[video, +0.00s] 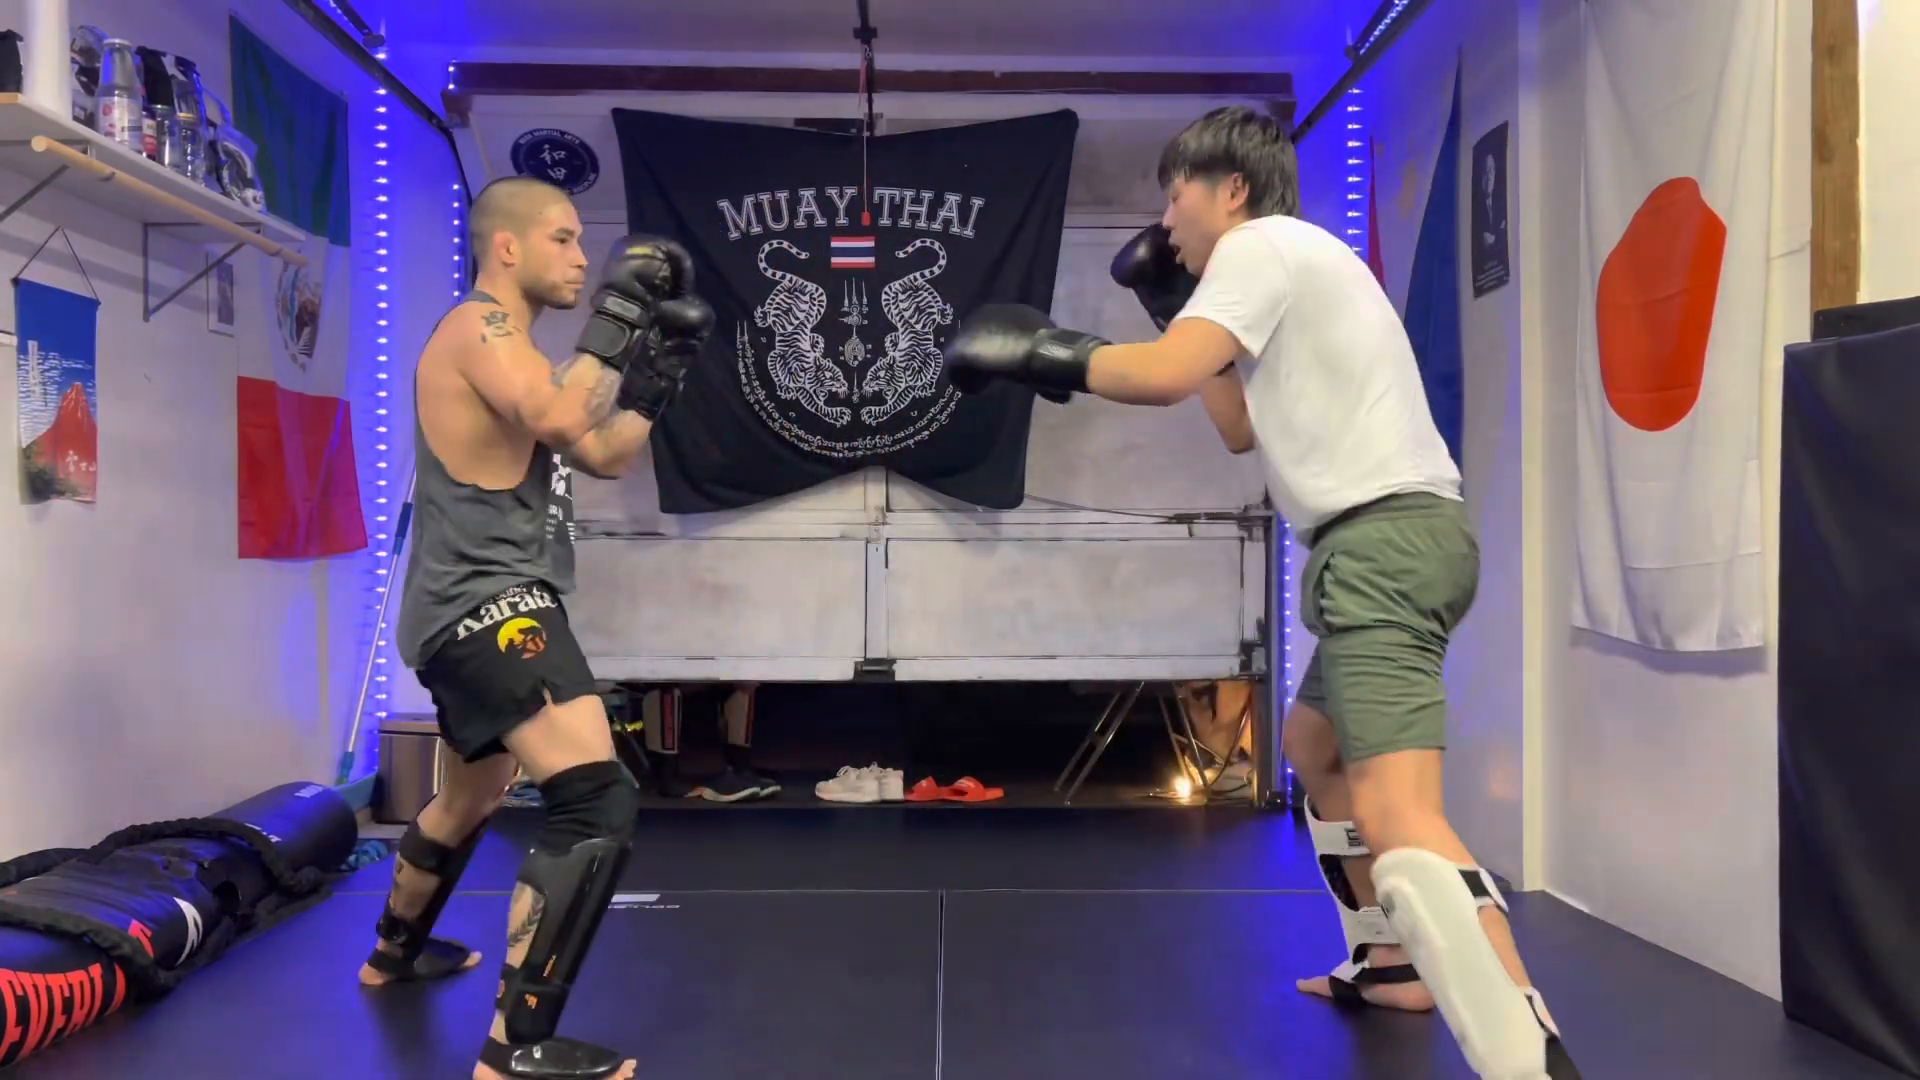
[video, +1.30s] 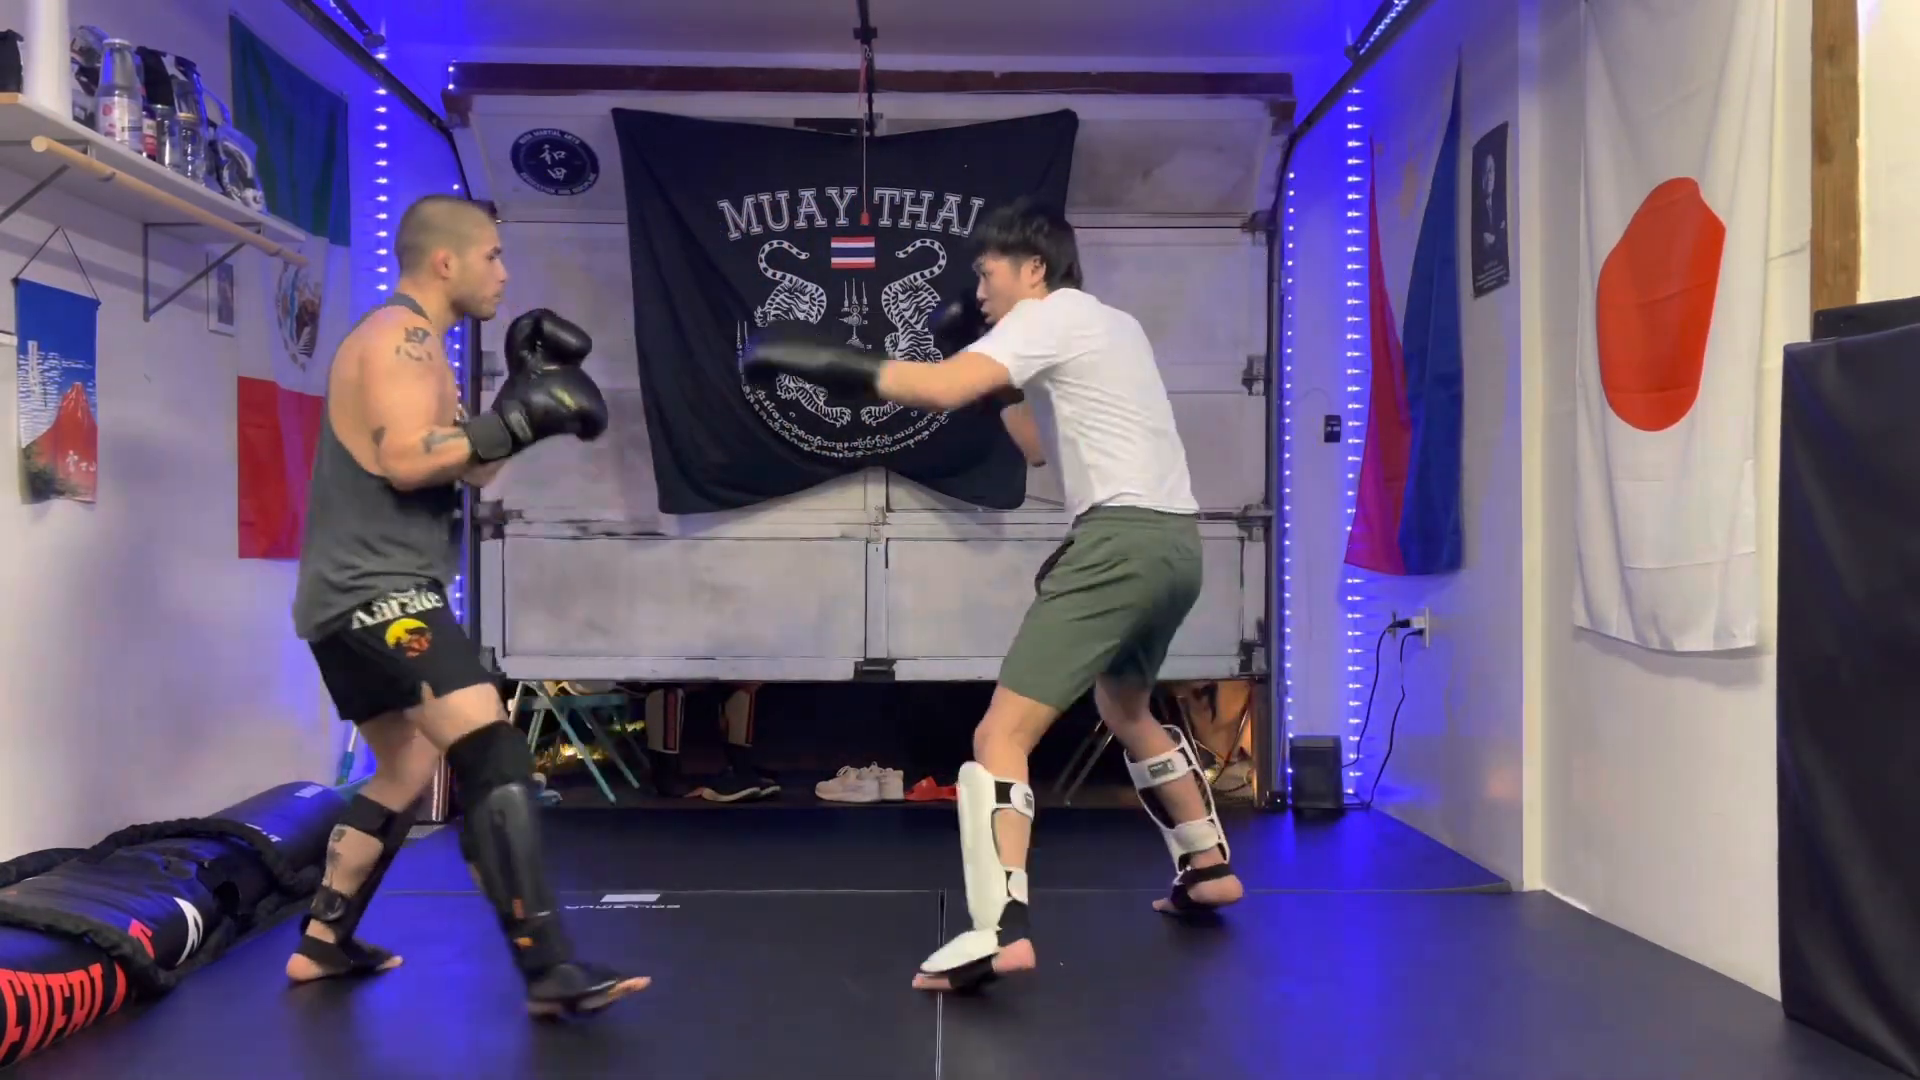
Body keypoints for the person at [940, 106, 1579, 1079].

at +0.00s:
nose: (1168, 222)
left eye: (1175, 200)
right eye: (1166, 204)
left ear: (1232, 189)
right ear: (1256, 197)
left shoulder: (1264, 248)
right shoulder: (1302, 263)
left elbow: (1168, 370)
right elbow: (1239, 424)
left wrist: (1047, 351)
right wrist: (1187, 304)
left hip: (1379, 535)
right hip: (1414, 531)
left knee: (1403, 820)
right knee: (1316, 742)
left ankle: (1523, 1027)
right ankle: (1391, 955)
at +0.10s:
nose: (1155, 181)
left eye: (1167, 157)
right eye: (1156, 162)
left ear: (1223, 155)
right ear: (1231, 164)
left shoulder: (1259, 208)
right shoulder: (1274, 227)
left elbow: (1262, 347)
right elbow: (1218, 378)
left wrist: (1135, 354)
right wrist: (1169, 281)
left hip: (1348, 491)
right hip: (1361, 495)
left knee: (1335, 757)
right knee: (1312, 743)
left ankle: (1482, 1004)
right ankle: (1384, 945)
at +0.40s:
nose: (1132, 225)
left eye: (1144, 203)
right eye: (1131, 207)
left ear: (1197, 203)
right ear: (1191, 209)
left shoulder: (1251, 262)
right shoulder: (1208, 296)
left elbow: (1292, 393)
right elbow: (1169, 423)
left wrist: (1169, 390)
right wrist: (1121, 323)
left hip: (1270, 544)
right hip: (1242, 543)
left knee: (1201, 769)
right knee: (1244, 756)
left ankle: (1376, 933)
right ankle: (1308, 910)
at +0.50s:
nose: (1106, 229)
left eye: (1116, 209)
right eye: (1104, 213)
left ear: (1169, 201)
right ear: (1163, 207)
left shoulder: (1216, 255)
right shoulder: (1197, 281)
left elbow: (1239, 388)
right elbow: (1159, 404)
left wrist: (1128, 371)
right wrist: (1099, 314)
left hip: (1255, 517)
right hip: (1248, 519)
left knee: (1143, 733)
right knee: (1214, 723)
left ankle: (1295, 899)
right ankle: (1298, 890)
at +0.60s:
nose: (1076, 238)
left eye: (1085, 218)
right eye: (1073, 222)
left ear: (1139, 210)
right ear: (1143, 219)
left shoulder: (1174, 257)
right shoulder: (1174, 275)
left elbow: (1119, 369)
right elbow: (1133, 401)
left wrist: (1011, 335)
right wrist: (1040, 333)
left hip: (1250, 503)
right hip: (1263, 505)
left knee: (1133, 720)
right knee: (1186, 707)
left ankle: (1186, 940)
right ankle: (1263, 867)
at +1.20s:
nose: (1007, 287)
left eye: (1014, 269)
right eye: (1005, 271)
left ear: (1059, 262)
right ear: (1069, 266)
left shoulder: (1086, 315)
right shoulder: (1133, 319)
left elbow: (1078, 425)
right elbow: (1069, 439)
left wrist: (991, 409)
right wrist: (1018, 373)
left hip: (1138, 545)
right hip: (1187, 547)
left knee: (1003, 716)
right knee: (1154, 715)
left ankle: (1090, 882)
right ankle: (1232, 875)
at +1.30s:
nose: (981, 294)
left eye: (988, 276)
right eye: (980, 278)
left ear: (1035, 268)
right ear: (1053, 275)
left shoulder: (1047, 316)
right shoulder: (1114, 326)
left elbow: (947, 383)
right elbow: (1049, 450)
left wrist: (836, 363)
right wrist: (988, 374)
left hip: (1119, 542)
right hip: (1174, 546)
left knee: (1003, 736)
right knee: (1126, 708)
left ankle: (1000, 925)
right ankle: (1207, 863)